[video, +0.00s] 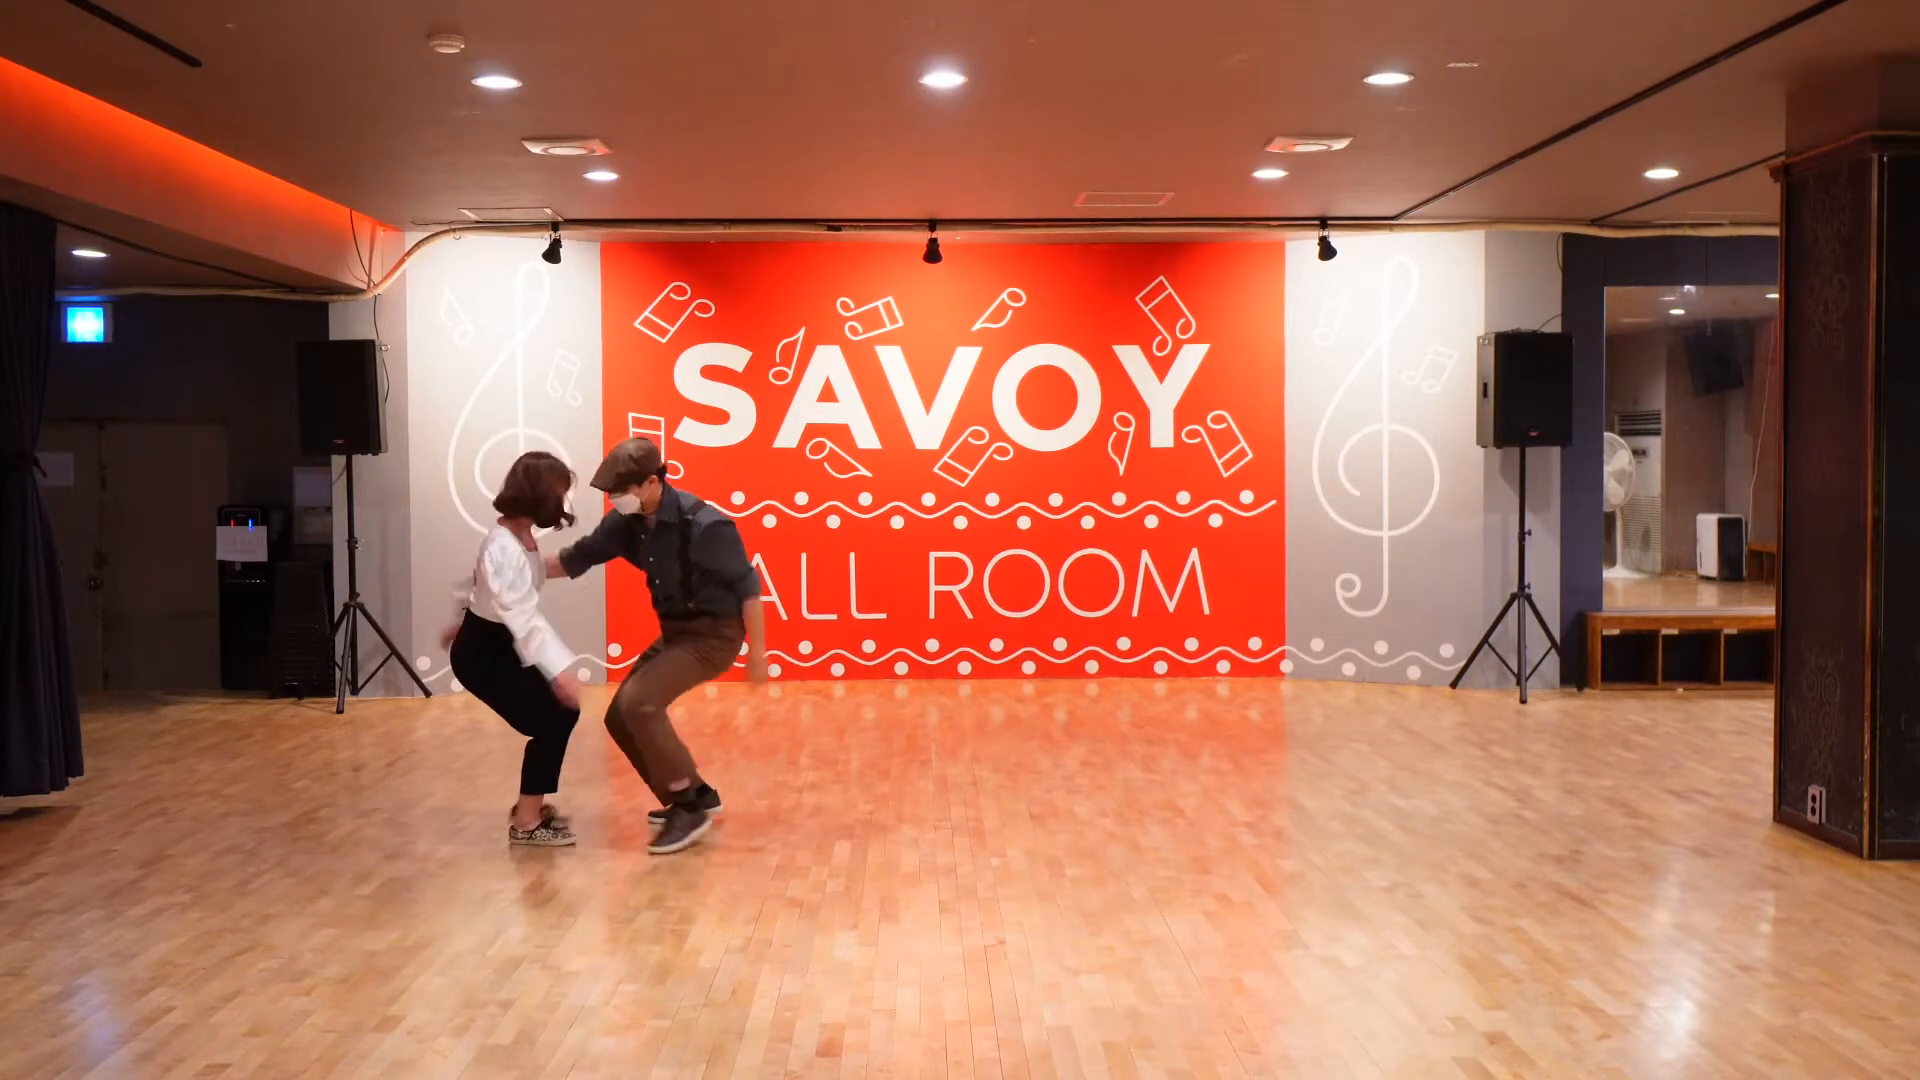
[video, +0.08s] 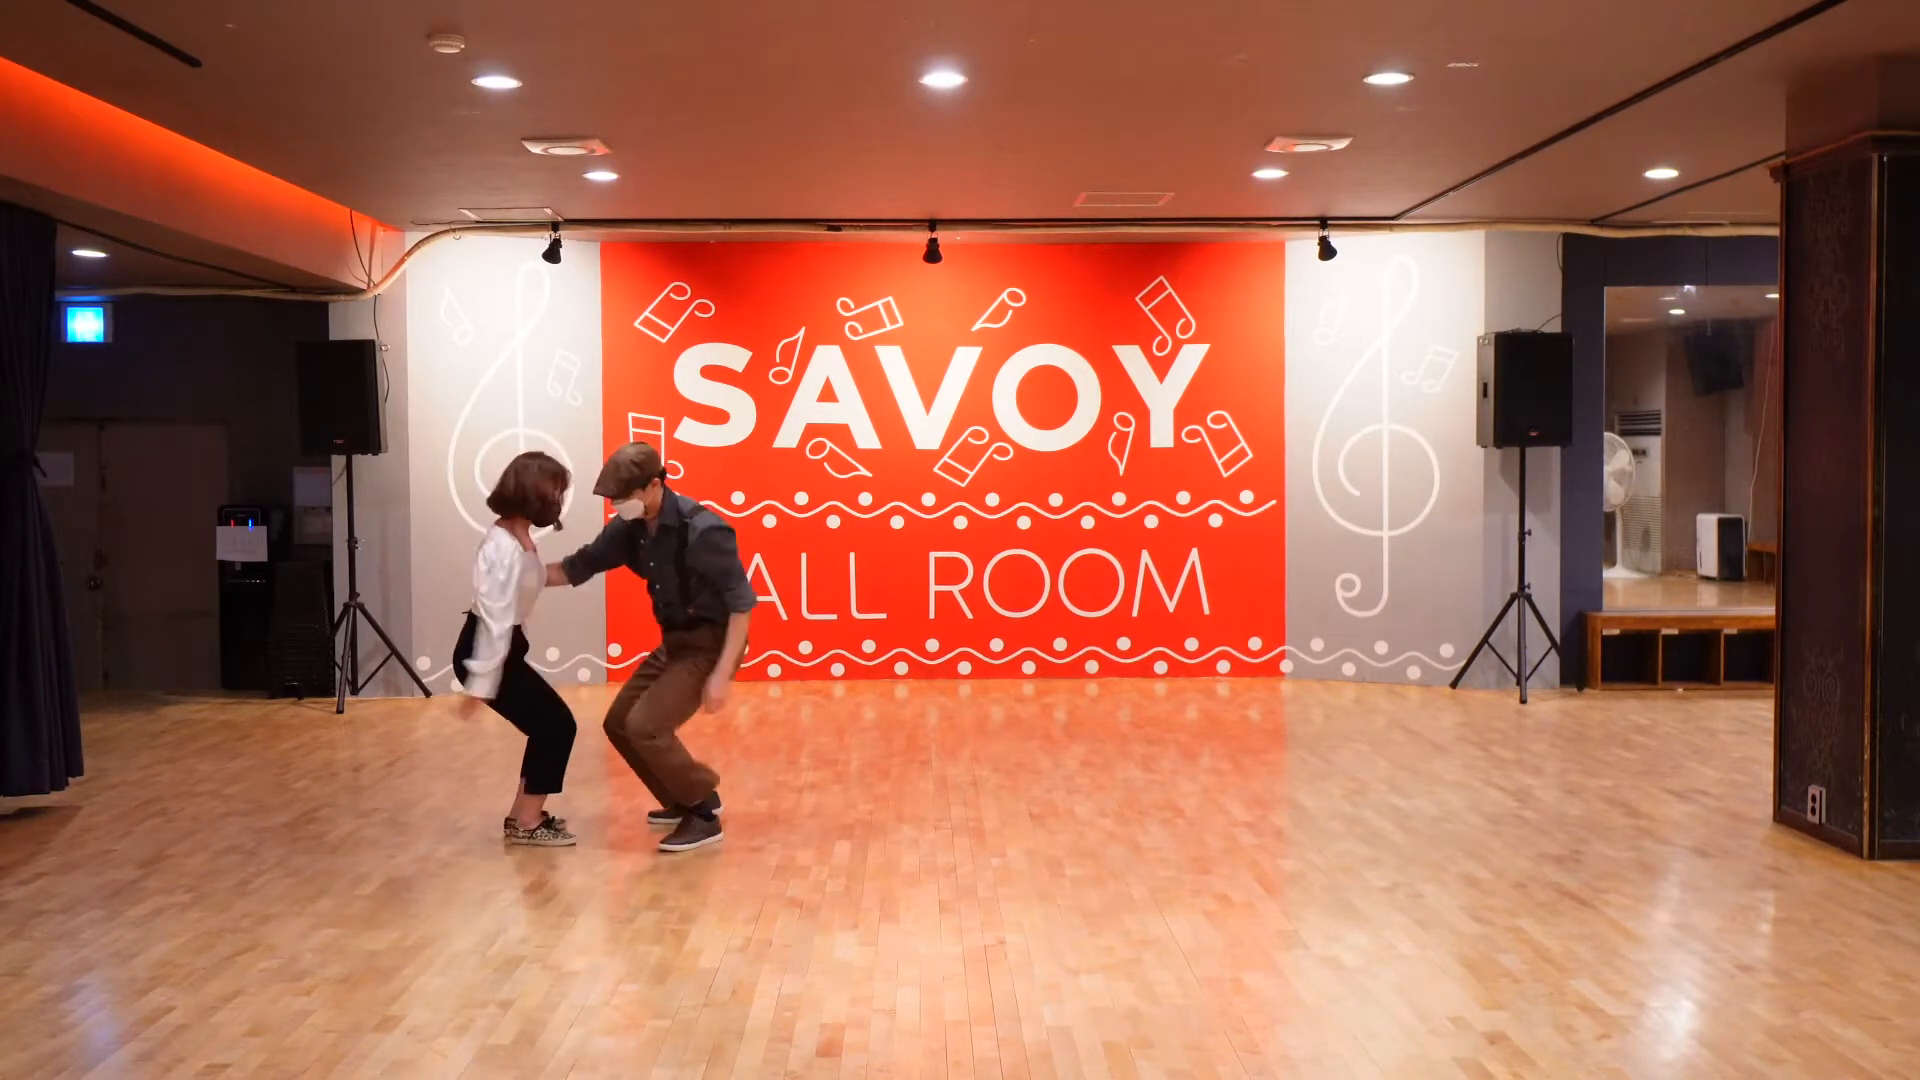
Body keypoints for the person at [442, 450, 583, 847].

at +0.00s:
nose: (564, 502)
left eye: (564, 494)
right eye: (560, 494)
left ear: (524, 491)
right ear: (541, 495)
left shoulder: (521, 536)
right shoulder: (503, 547)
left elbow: (481, 583)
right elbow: (523, 617)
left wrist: (460, 621)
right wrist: (558, 669)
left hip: (498, 645)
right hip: (480, 654)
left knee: (561, 709)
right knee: (550, 721)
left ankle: (531, 806)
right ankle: (527, 821)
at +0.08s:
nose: (562, 499)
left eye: (562, 492)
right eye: (557, 491)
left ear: (523, 491)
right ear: (537, 493)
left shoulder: (519, 538)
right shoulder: (501, 547)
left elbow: (523, 585)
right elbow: (495, 620)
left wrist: (554, 574)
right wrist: (481, 682)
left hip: (503, 648)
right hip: (489, 654)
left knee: (552, 721)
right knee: (557, 724)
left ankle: (524, 813)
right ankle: (528, 820)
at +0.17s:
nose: (553, 500)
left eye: (556, 492)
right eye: (549, 491)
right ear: (527, 489)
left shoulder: (524, 546)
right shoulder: (492, 543)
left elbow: (532, 606)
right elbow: (455, 603)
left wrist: (574, 640)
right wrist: (413, 655)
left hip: (499, 654)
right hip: (479, 657)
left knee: (546, 717)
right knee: (565, 711)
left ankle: (520, 813)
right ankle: (540, 810)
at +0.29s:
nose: (548, 502)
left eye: (552, 496)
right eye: (543, 493)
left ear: (542, 496)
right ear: (520, 488)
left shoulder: (523, 542)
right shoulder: (478, 527)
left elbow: (562, 584)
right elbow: (417, 562)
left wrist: (616, 575)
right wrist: (355, 593)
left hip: (495, 647)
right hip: (472, 649)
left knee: (545, 715)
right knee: (560, 700)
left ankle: (520, 812)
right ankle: (604, 792)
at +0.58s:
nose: (536, 494)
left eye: (537, 485)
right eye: (530, 484)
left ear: (505, 487)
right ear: (510, 487)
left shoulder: (519, 536)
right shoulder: (470, 529)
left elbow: (561, 559)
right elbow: (412, 571)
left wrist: (606, 540)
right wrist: (365, 613)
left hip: (492, 643)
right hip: (467, 646)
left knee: (539, 712)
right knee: (557, 696)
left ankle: (518, 813)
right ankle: (556, 800)